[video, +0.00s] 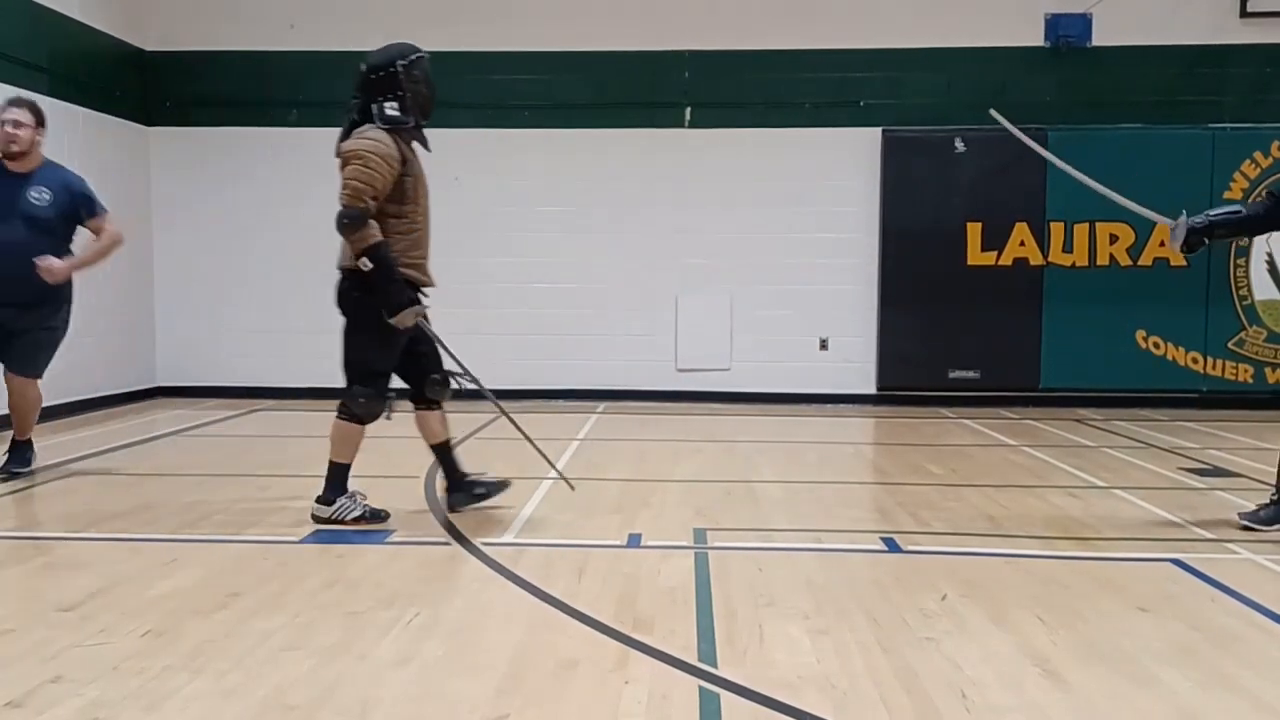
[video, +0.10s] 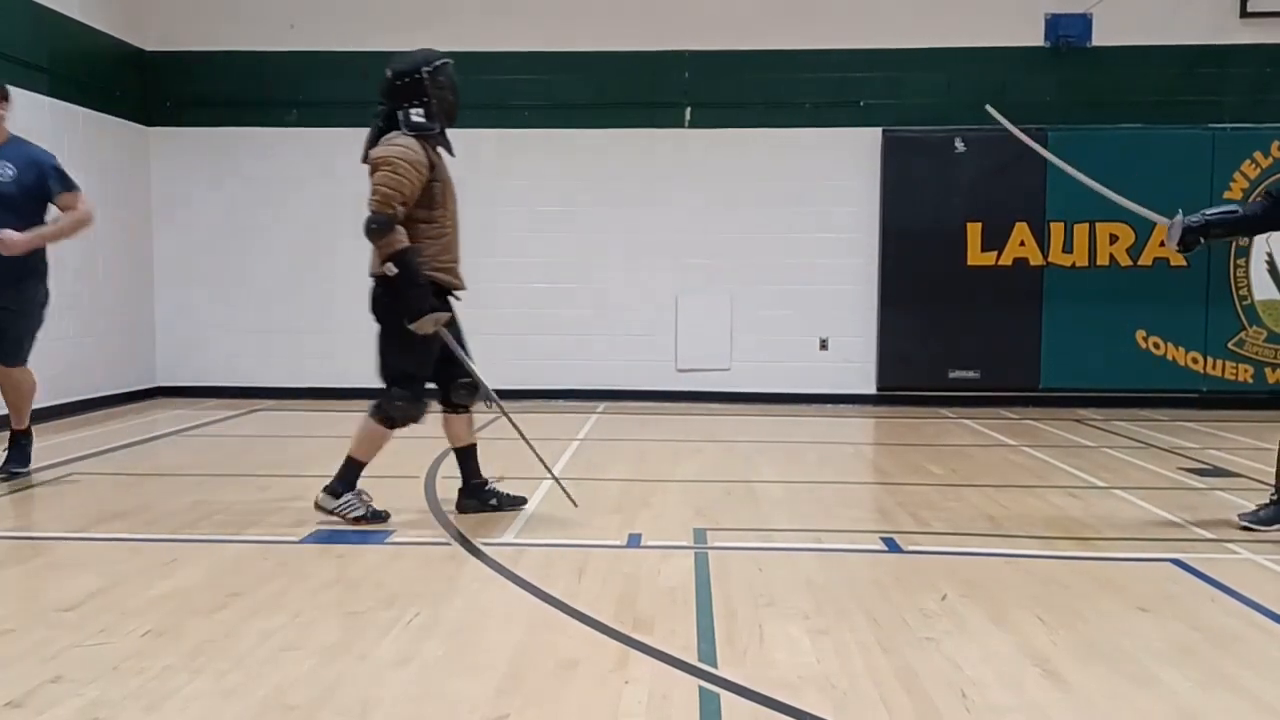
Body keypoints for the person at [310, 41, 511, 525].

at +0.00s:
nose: (429, 90)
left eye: (426, 80)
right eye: (420, 80)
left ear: (390, 87)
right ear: (397, 86)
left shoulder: (397, 141)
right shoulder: (375, 144)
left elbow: (388, 220)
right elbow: (352, 217)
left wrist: (409, 281)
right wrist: (391, 286)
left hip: (394, 286)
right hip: (371, 287)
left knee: (428, 380)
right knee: (365, 395)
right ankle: (333, 496)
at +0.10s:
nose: (453, 96)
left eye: (449, 87)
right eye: (444, 88)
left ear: (411, 96)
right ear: (423, 95)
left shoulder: (423, 147)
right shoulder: (402, 150)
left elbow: (409, 224)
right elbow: (382, 224)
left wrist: (440, 285)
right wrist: (414, 289)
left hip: (432, 290)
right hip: (405, 291)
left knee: (458, 387)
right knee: (404, 398)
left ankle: (474, 487)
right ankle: (339, 489)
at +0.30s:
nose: (494, 93)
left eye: (491, 84)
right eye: (486, 84)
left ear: (453, 91)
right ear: (464, 90)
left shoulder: (462, 145)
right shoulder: (447, 147)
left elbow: (456, 224)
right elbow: (440, 222)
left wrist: (494, 283)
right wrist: (479, 282)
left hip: (469, 282)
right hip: (459, 283)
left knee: (503, 383)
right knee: (508, 382)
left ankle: (474, 488)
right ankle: (439, 460)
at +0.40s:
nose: (513, 93)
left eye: (510, 84)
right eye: (506, 84)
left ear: (470, 90)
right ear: (485, 89)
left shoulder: (476, 143)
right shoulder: (468, 147)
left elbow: (480, 224)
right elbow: (470, 224)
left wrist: (522, 281)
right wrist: (520, 277)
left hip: (479, 285)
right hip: (485, 284)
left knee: (504, 384)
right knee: (542, 379)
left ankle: (476, 487)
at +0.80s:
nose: (590, 102)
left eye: (586, 93)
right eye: (583, 94)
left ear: (542, 105)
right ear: (569, 102)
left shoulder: (541, 156)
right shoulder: (568, 154)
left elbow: (611, 210)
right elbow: (616, 208)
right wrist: (690, 217)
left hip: (549, 295)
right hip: (579, 295)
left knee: (574, 392)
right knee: (629, 391)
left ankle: (502, 468)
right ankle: (634, 497)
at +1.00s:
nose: (616, 98)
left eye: (613, 89)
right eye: (610, 90)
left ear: (566, 97)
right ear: (593, 96)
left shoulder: (554, 146)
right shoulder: (586, 143)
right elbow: (648, 166)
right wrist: (723, 167)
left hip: (570, 290)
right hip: (602, 288)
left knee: (586, 383)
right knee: (640, 390)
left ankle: (552, 488)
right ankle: (634, 496)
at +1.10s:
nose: (621, 105)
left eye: (619, 96)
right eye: (616, 97)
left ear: (573, 101)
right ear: (600, 101)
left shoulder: (559, 152)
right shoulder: (589, 150)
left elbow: (637, 194)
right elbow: (643, 186)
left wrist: (697, 181)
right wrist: (717, 172)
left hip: (573, 291)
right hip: (604, 290)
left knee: (588, 383)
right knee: (652, 385)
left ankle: (552, 488)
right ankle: (637, 492)